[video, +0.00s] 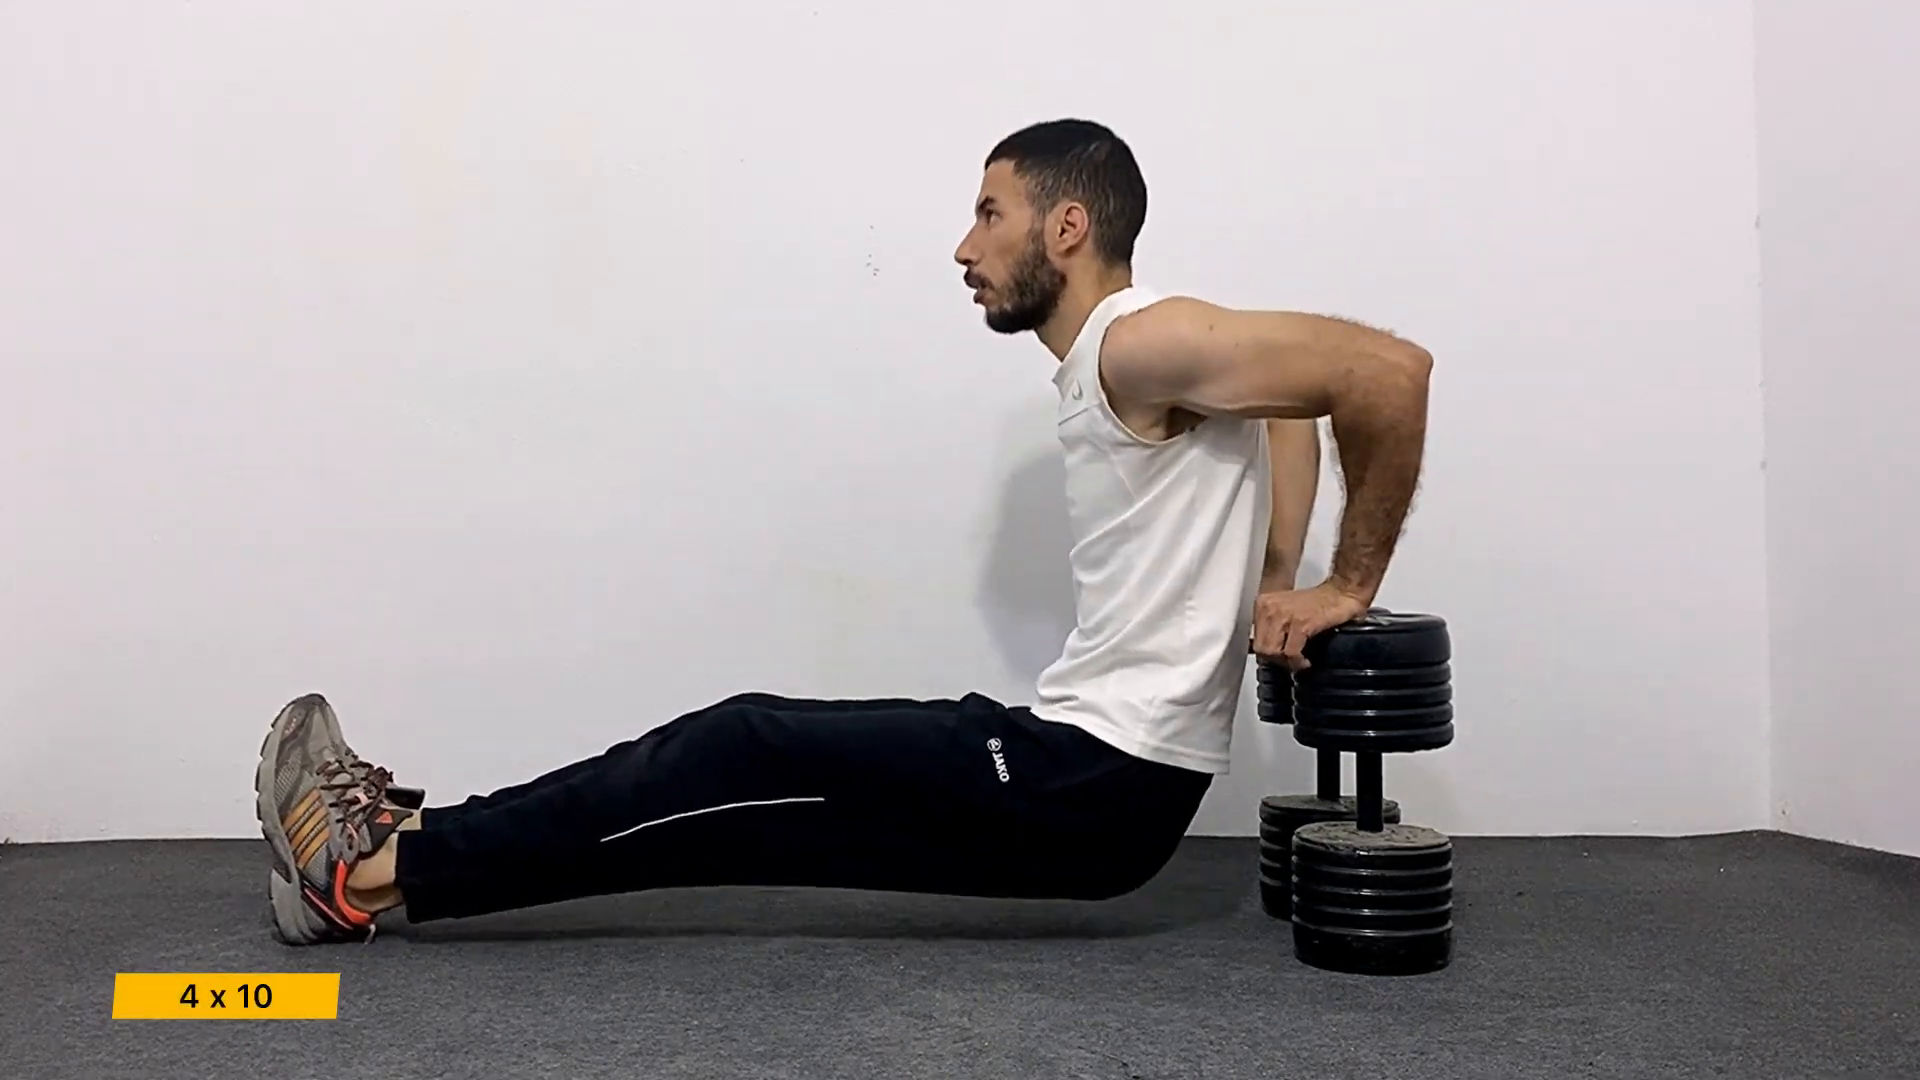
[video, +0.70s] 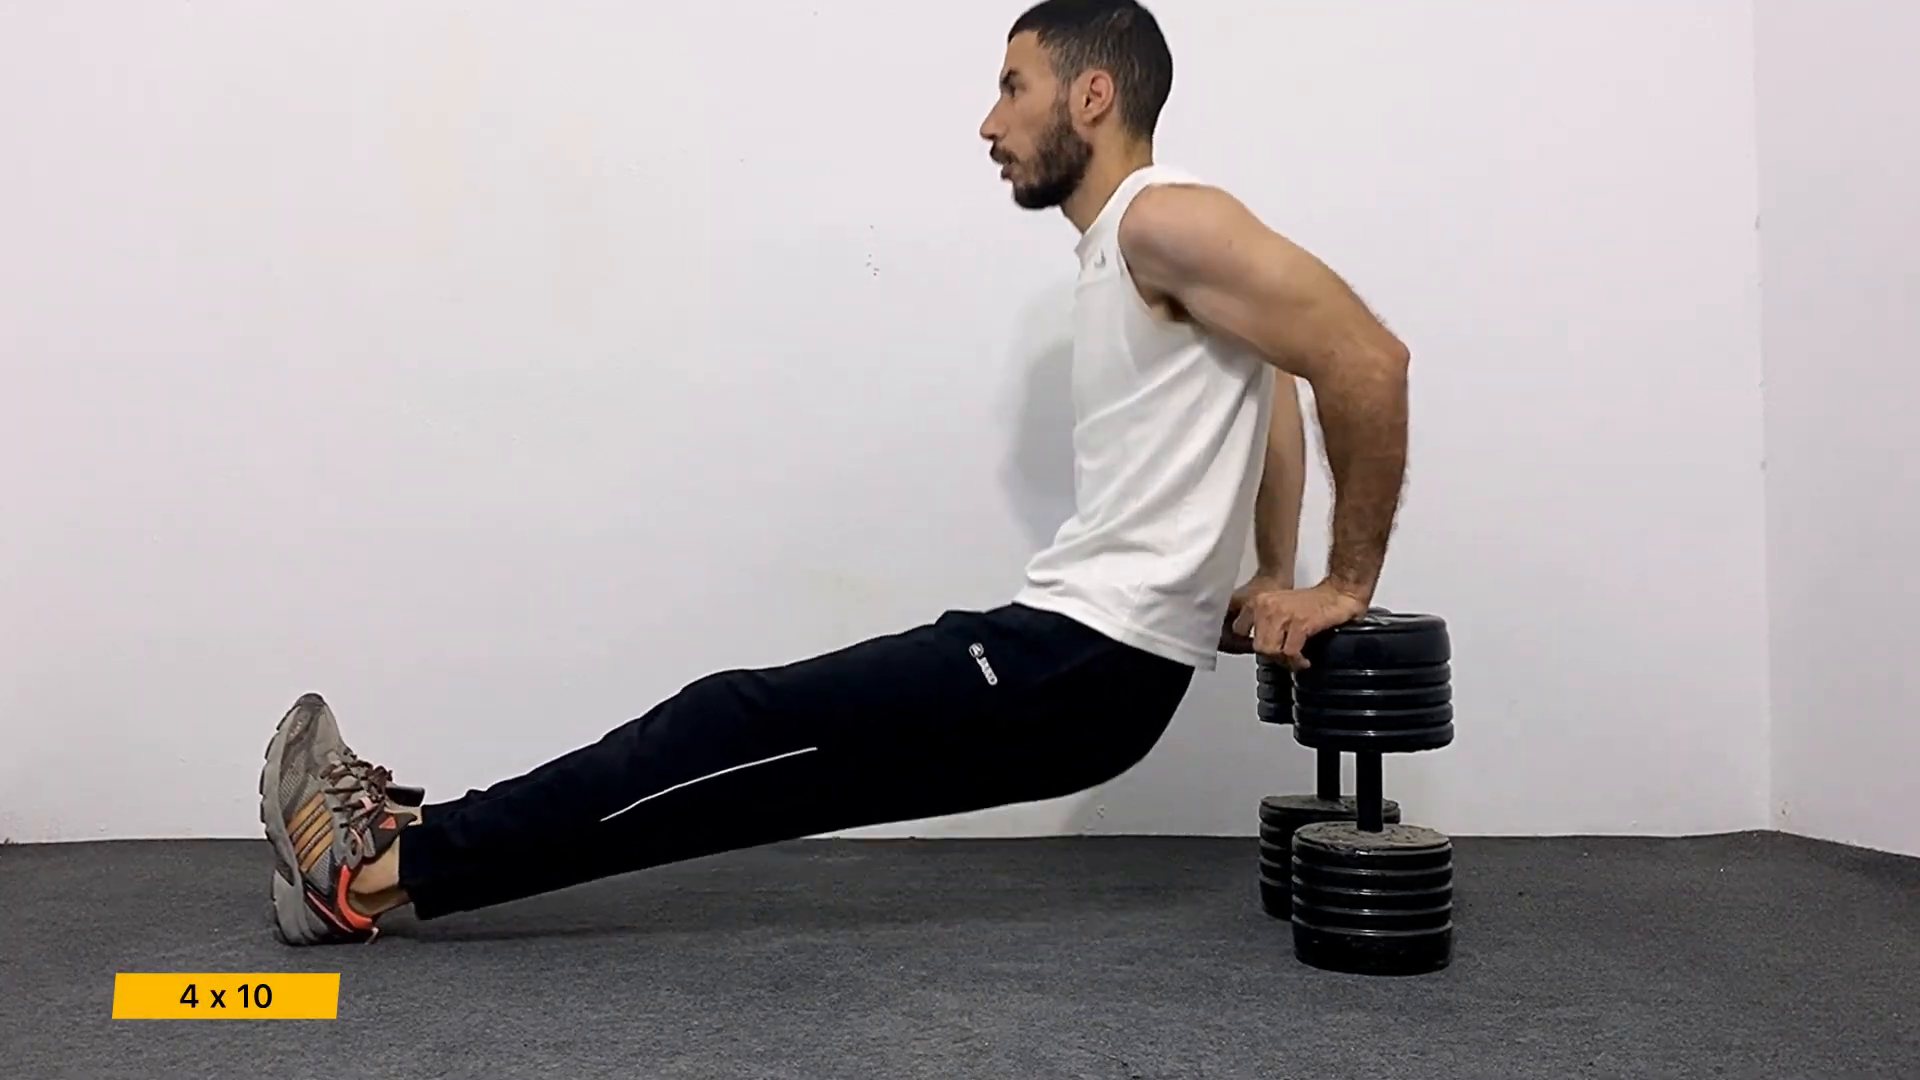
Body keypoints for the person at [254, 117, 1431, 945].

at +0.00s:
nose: (964, 248)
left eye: (987, 216)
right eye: (973, 219)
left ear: (1074, 227)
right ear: (1077, 228)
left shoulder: (1136, 345)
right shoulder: (1126, 345)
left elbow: (1391, 375)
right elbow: (1295, 391)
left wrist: (1355, 585)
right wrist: (1279, 575)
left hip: (1097, 776)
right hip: (1078, 760)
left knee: (741, 742)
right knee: (736, 795)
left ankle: (386, 869)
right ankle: (416, 848)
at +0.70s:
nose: (990, 121)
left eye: (1013, 89)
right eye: (996, 91)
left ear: (1100, 95)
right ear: (1097, 101)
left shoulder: (1167, 222)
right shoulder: (1139, 246)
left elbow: (1368, 361)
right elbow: (1285, 417)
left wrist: (1350, 587)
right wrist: (1271, 589)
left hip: (1091, 656)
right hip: (1072, 644)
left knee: (739, 734)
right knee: (739, 731)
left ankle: (392, 875)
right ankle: (415, 847)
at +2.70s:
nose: (1022, 51)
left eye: (1041, 17)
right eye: (1026, 22)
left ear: (1126, 19)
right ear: (1111, 27)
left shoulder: (1188, 144)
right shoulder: (1149, 165)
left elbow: (1312, 358)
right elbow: (1251, 382)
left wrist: (1347, 580)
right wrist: (1267, 572)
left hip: (1063, 593)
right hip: (1045, 579)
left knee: (718, 711)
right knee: (714, 699)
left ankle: (380, 877)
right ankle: (420, 840)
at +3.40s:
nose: (985, 201)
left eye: (1006, 168)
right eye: (990, 172)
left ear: (1093, 175)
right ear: (1097, 180)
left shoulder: (1156, 301)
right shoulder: (1135, 304)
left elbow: (1397, 369)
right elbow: (1302, 378)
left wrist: (1354, 588)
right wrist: (1283, 573)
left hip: (1099, 737)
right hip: (1079, 723)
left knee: (737, 736)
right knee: (733, 760)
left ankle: (387, 878)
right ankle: (422, 849)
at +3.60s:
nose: (919, 245)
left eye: (943, 213)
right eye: (927, 216)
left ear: (1029, 224)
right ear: (1030, 226)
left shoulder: (1090, 342)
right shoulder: (1073, 347)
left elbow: (1345, 377)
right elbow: (1241, 391)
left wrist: (1299, 587)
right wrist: (1225, 575)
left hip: (1046, 778)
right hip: (1028, 763)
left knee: (686, 738)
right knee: (681, 788)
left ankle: (337, 872)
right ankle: (364, 852)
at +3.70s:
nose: (777, 261)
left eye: (798, 229)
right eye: (784, 232)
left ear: (882, 238)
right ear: (888, 240)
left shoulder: (947, 354)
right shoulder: (936, 359)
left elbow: (1204, 378)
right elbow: (1103, 395)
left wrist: (1161, 591)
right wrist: (1089, 573)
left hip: (906, 792)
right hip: (900, 786)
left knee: (547, 742)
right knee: (536, 800)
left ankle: (194, 876)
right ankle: (228, 850)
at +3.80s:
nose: (498, 268)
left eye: (522, 234)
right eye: (508, 236)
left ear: (606, 249)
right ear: (606, 251)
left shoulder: (672, 367)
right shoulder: (648, 372)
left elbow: (930, 378)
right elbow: (830, 390)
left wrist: (891, 587)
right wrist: (821, 575)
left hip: (640, 804)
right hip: (616, 781)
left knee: (269, 754)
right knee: (262, 772)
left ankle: (11, 855)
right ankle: (18, 860)